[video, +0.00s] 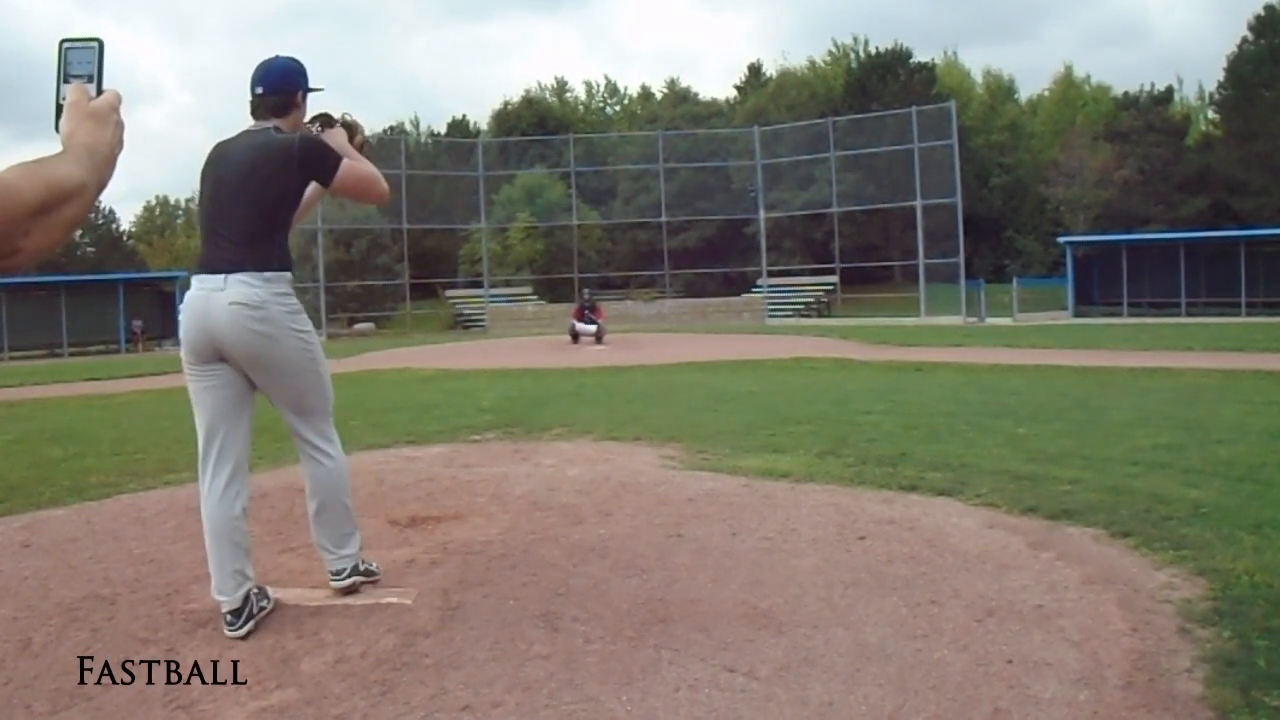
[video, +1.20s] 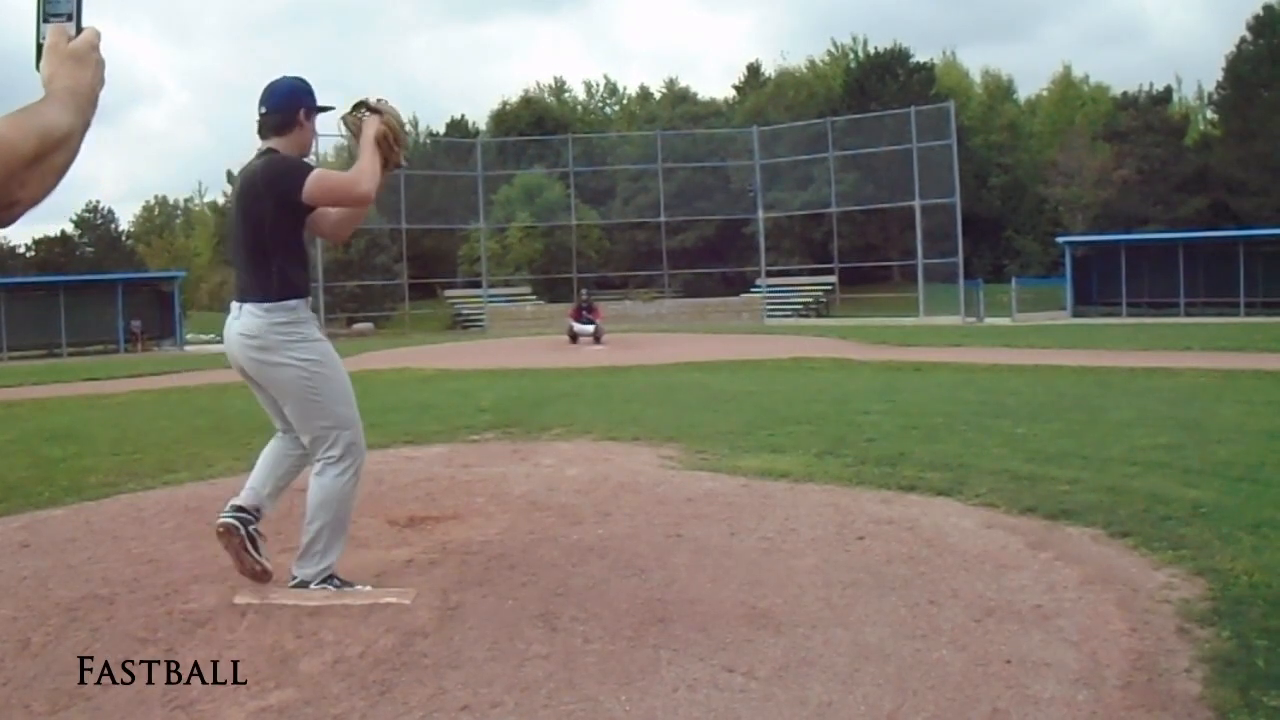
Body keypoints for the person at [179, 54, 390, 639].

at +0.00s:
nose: (306, 107)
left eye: (300, 98)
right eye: (306, 99)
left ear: (254, 102)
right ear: (300, 102)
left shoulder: (220, 153)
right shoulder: (300, 145)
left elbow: (274, 221)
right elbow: (377, 188)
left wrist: (320, 167)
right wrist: (344, 145)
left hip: (198, 302)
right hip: (261, 301)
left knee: (220, 462)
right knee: (317, 437)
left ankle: (236, 602)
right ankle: (344, 562)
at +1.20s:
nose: (317, 127)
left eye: (314, 118)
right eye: (314, 117)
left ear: (268, 122)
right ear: (301, 118)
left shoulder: (255, 176)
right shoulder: (277, 172)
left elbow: (335, 228)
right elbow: (362, 186)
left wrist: (376, 174)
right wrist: (368, 135)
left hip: (246, 331)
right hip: (282, 331)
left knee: (295, 434)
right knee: (341, 446)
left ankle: (243, 513)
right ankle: (314, 574)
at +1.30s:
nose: (318, 129)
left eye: (318, 120)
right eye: (316, 120)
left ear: (272, 121)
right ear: (303, 118)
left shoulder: (286, 176)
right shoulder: (265, 168)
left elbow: (353, 220)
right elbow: (339, 178)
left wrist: (385, 162)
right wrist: (366, 125)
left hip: (292, 324)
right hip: (277, 328)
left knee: (356, 399)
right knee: (340, 444)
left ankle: (282, 494)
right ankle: (313, 573)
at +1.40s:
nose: (322, 142)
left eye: (323, 133)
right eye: (319, 131)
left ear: (284, 125)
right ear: (301, 123)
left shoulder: (301, 179)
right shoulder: (246, 170)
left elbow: (366, 212)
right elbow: (312, 174)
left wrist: (380, 148)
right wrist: (349, 121)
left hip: (314, 320)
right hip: (277, 331)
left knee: (396, 371)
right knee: (341, 450)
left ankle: (349, 477)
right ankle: (312, 574)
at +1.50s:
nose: (319, 144)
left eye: (321, 137)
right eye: (314, 134)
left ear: (292, 138)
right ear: (294, 131)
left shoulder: (310, 182)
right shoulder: (236, 175)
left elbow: (377, 207)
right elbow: (281, 178)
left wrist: (367, 142)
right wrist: (326, 117)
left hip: (324, 316)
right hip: (277, 334)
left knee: (420, 329)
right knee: (344, 451)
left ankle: (420, 455)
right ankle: (312, 574)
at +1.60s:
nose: (331, 153)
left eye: (333, 142)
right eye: (322, 143)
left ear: (326, 148)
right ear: (292, 146)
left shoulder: (322, 189)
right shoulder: (240, 189)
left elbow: (385, 206)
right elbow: (263, 194)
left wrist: (357, 145)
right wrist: (302, 125)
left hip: (328, 313)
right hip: (285, 335)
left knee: (402, 284)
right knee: (348, 449)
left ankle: (445, 410)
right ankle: (314, 572)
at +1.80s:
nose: (310, 179)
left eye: (318, 170)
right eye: (303, 170)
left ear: (333, 175)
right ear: (289, 173)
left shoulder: (344, 209)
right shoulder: (259, 222)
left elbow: (419, 216)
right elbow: (241, 272)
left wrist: (357, 186)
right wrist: (281, 207)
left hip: (355, 330)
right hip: (308, 349)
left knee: (365, 257)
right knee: (353, 448)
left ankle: (399, 378)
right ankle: (320, 570)